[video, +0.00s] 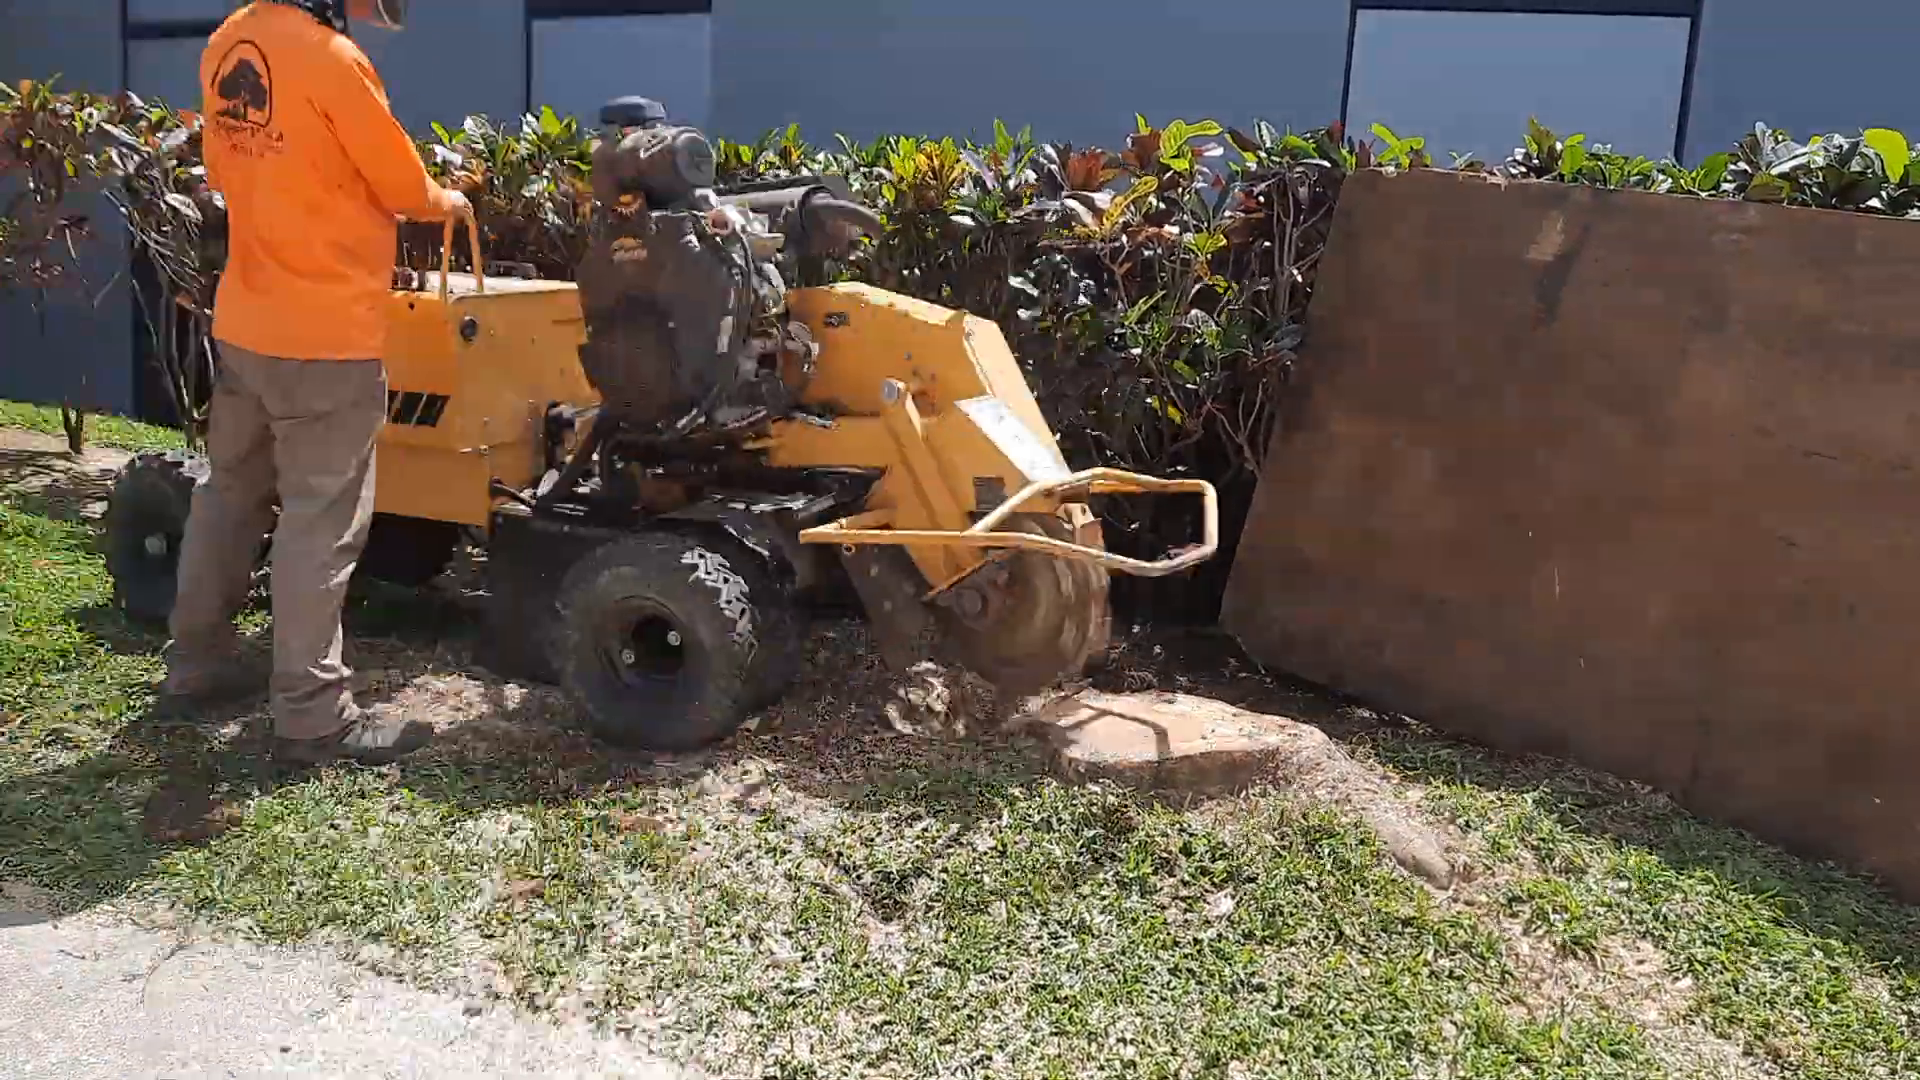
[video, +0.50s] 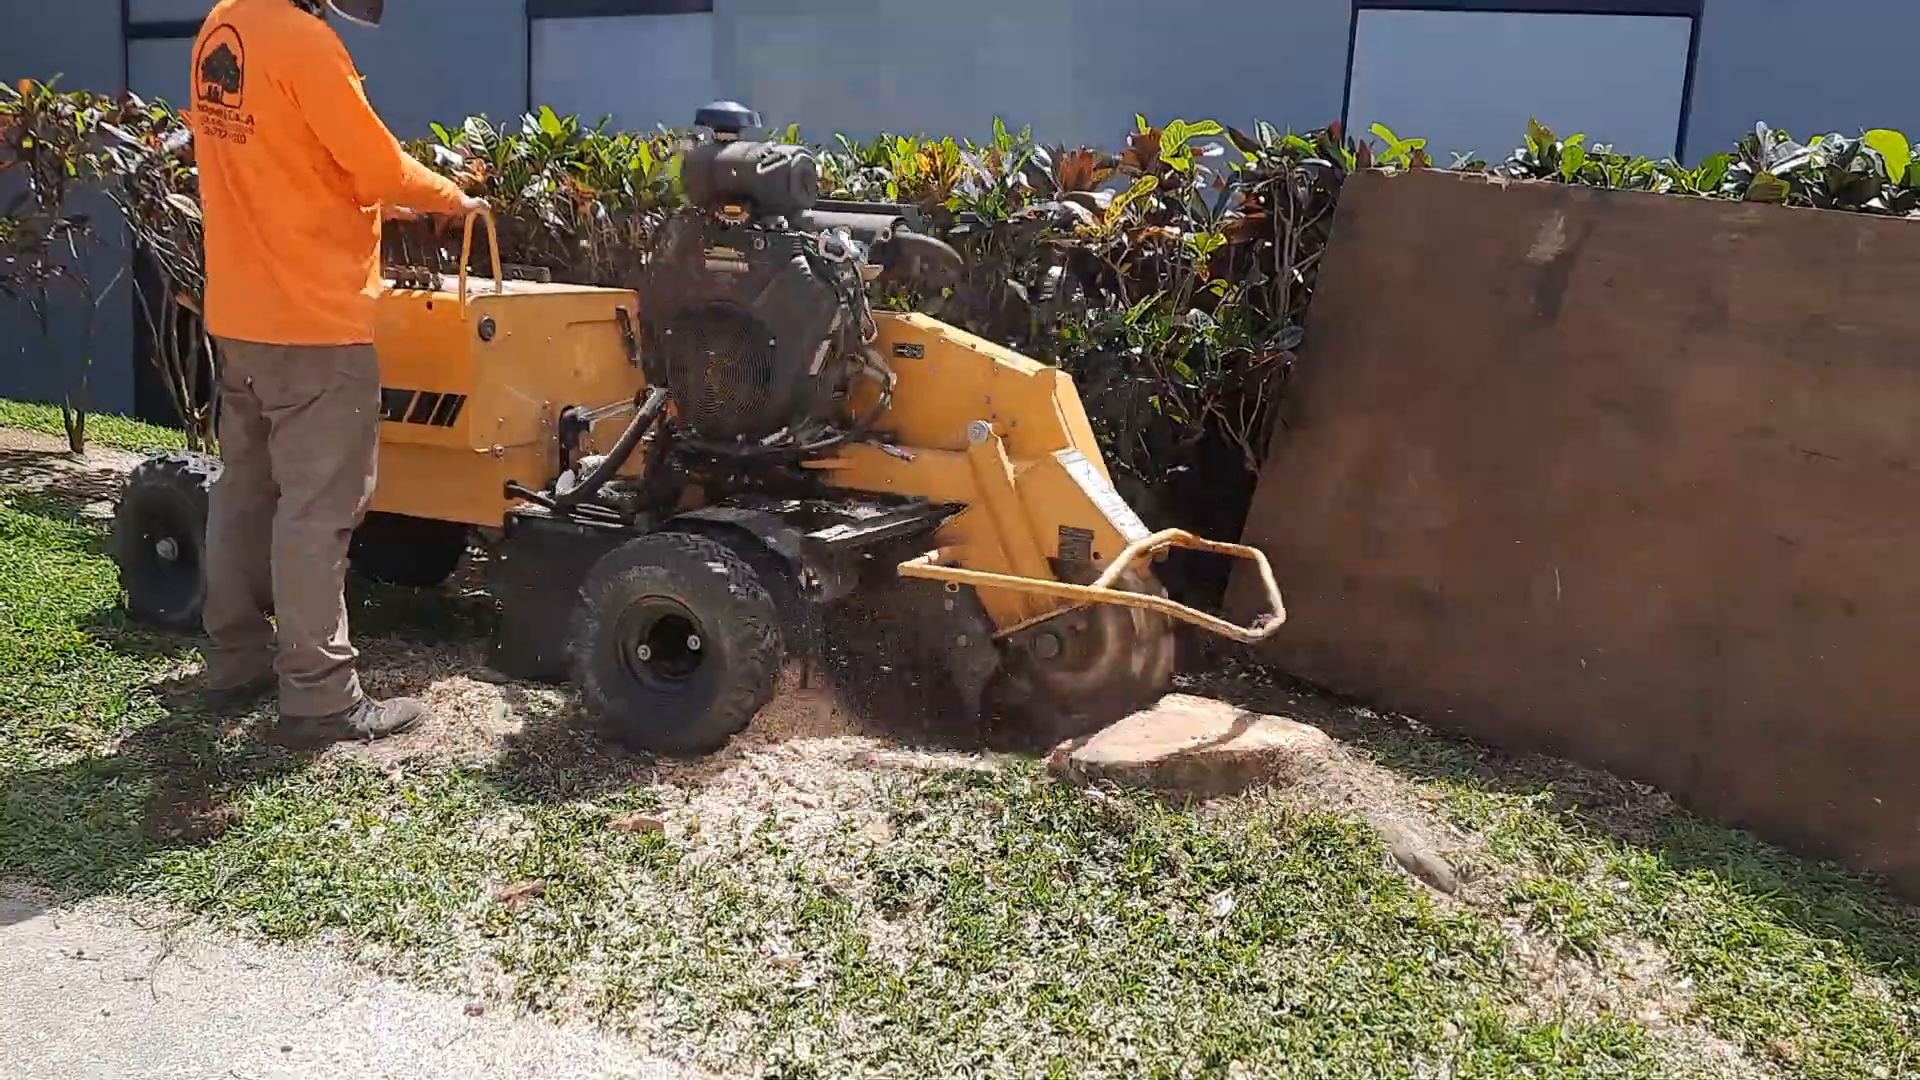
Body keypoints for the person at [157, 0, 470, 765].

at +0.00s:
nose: (380, 19)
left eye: (384, 12)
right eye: (379, 8)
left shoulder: (228, 39)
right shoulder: (333, 58)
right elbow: (405, 188)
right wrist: (448, 202)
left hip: (242, 325)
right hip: (328, 338)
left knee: (228, 496)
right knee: (322, 524)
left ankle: (197, 667)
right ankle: (309, 717)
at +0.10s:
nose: (372, 23)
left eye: (377, 17)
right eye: (371, 14)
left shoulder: (223, 28)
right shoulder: (330, 58)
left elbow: (283, 148)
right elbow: (402, 182)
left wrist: (394, 190)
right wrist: (451, 202)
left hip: (232, 326)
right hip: (318, 338)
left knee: (224, 497)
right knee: (316, 523)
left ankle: (197, 664)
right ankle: (310, 715)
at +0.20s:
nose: (337, 20)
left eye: (339, 11)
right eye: (331, 9)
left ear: (269, 1)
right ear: (295, 6)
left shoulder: (230, 46)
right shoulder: (265, 71)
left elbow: (298, 169)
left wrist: (388, 185)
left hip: (227, 324)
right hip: (266, 333)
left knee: (261, 493)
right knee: (308, 504)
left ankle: (203, 658)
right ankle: (314, 706)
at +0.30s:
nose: (387, 9)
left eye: (384, 4)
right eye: (380, 1)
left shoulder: (230, 25)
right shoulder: (321, 47)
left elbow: (291, 163)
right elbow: (395, 173)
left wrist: (393, 201)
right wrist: (457, 197)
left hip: (247, 318)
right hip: (322, 323)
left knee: (249, 493)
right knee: (323, 503)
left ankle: (237, 663)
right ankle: (317, 697)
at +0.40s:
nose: (370, 14)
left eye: (370, 8)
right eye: (367, 5)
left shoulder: (225, 25)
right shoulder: (320, 48)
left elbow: (278, 160)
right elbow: (389, 175)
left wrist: (387, 197)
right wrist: (454, 198)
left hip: (239, 318)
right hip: (318, 324)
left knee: (247, 493)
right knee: (321, 504)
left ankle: (236, 665)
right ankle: (317, 697)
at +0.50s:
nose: (372, 10)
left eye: (371, 4)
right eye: (367, 1)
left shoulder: (222, 24)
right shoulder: (308, 43)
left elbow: (282, 165)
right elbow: (381, 169)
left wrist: (393, 195)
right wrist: (451, 197)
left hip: (238, 316)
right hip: (314, 323)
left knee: (244, 492)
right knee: (319, 503)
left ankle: (235, 662)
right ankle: (318, 697)